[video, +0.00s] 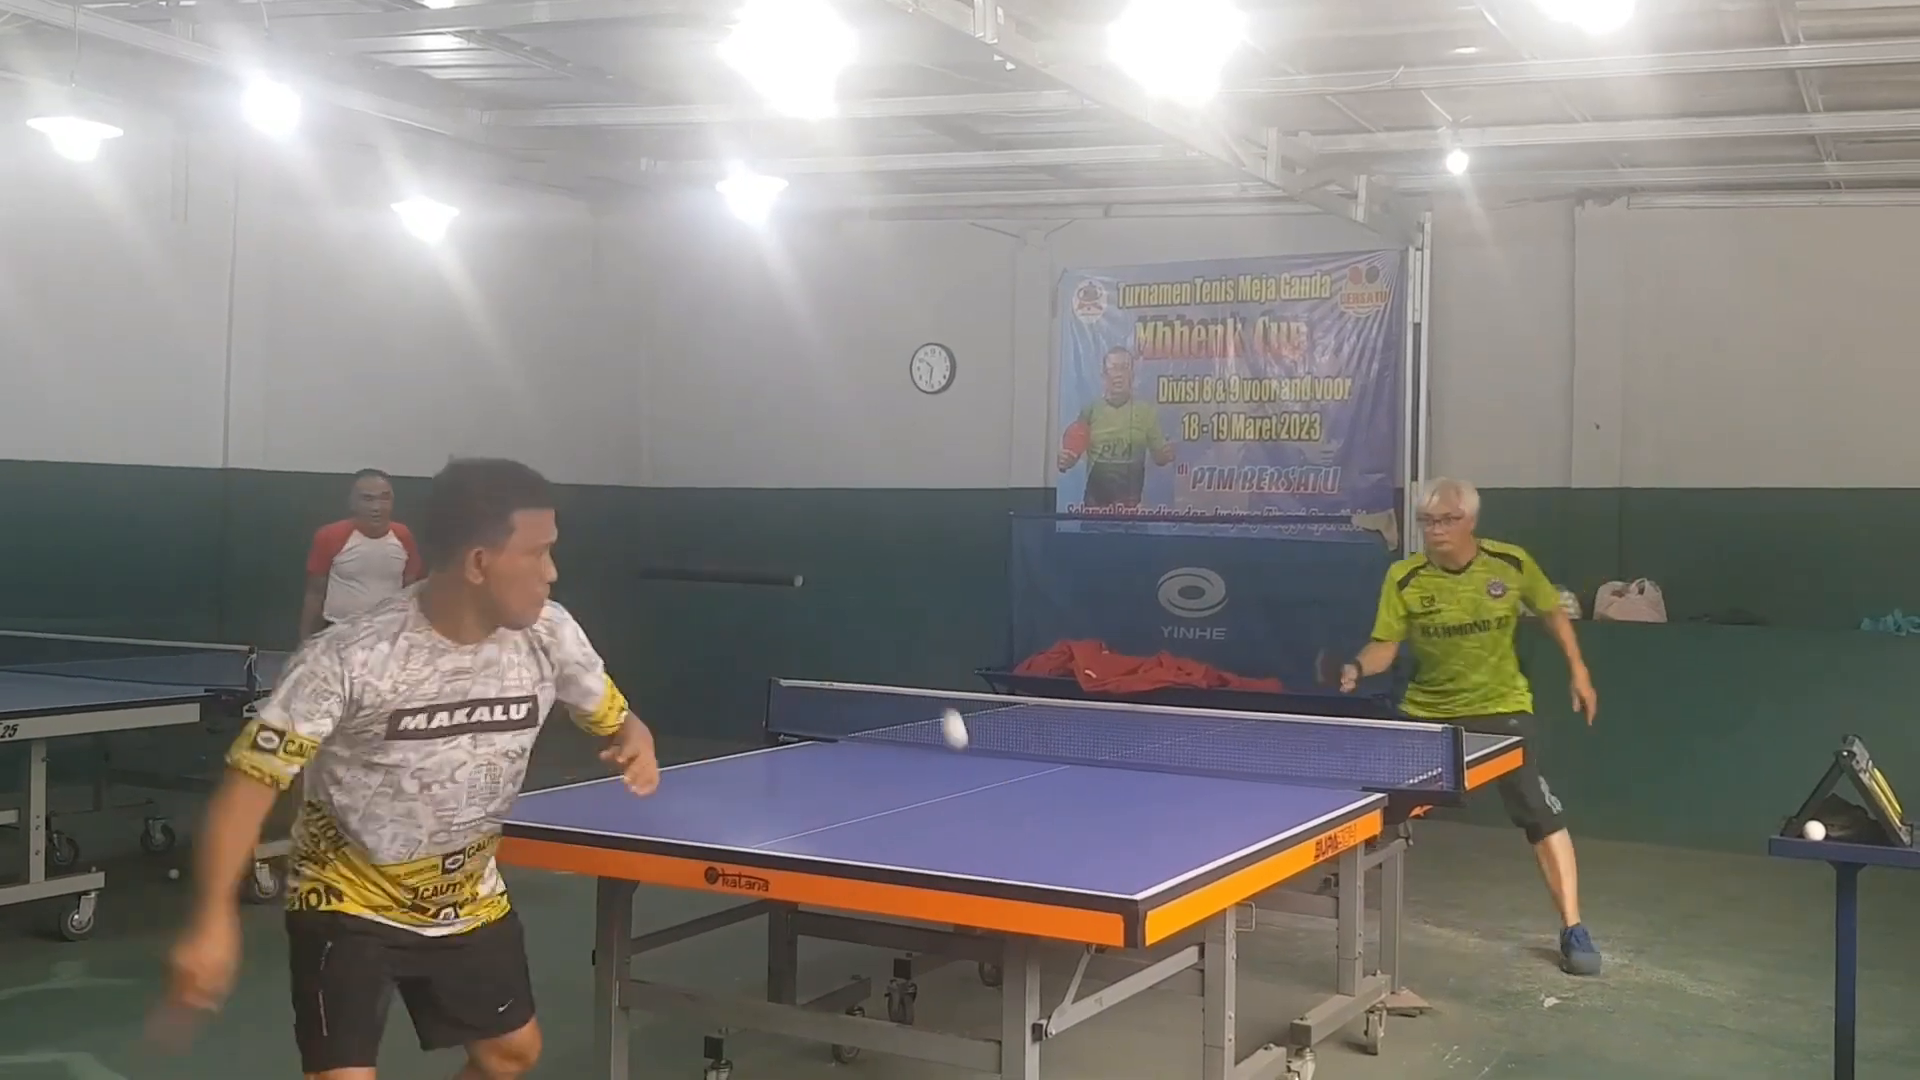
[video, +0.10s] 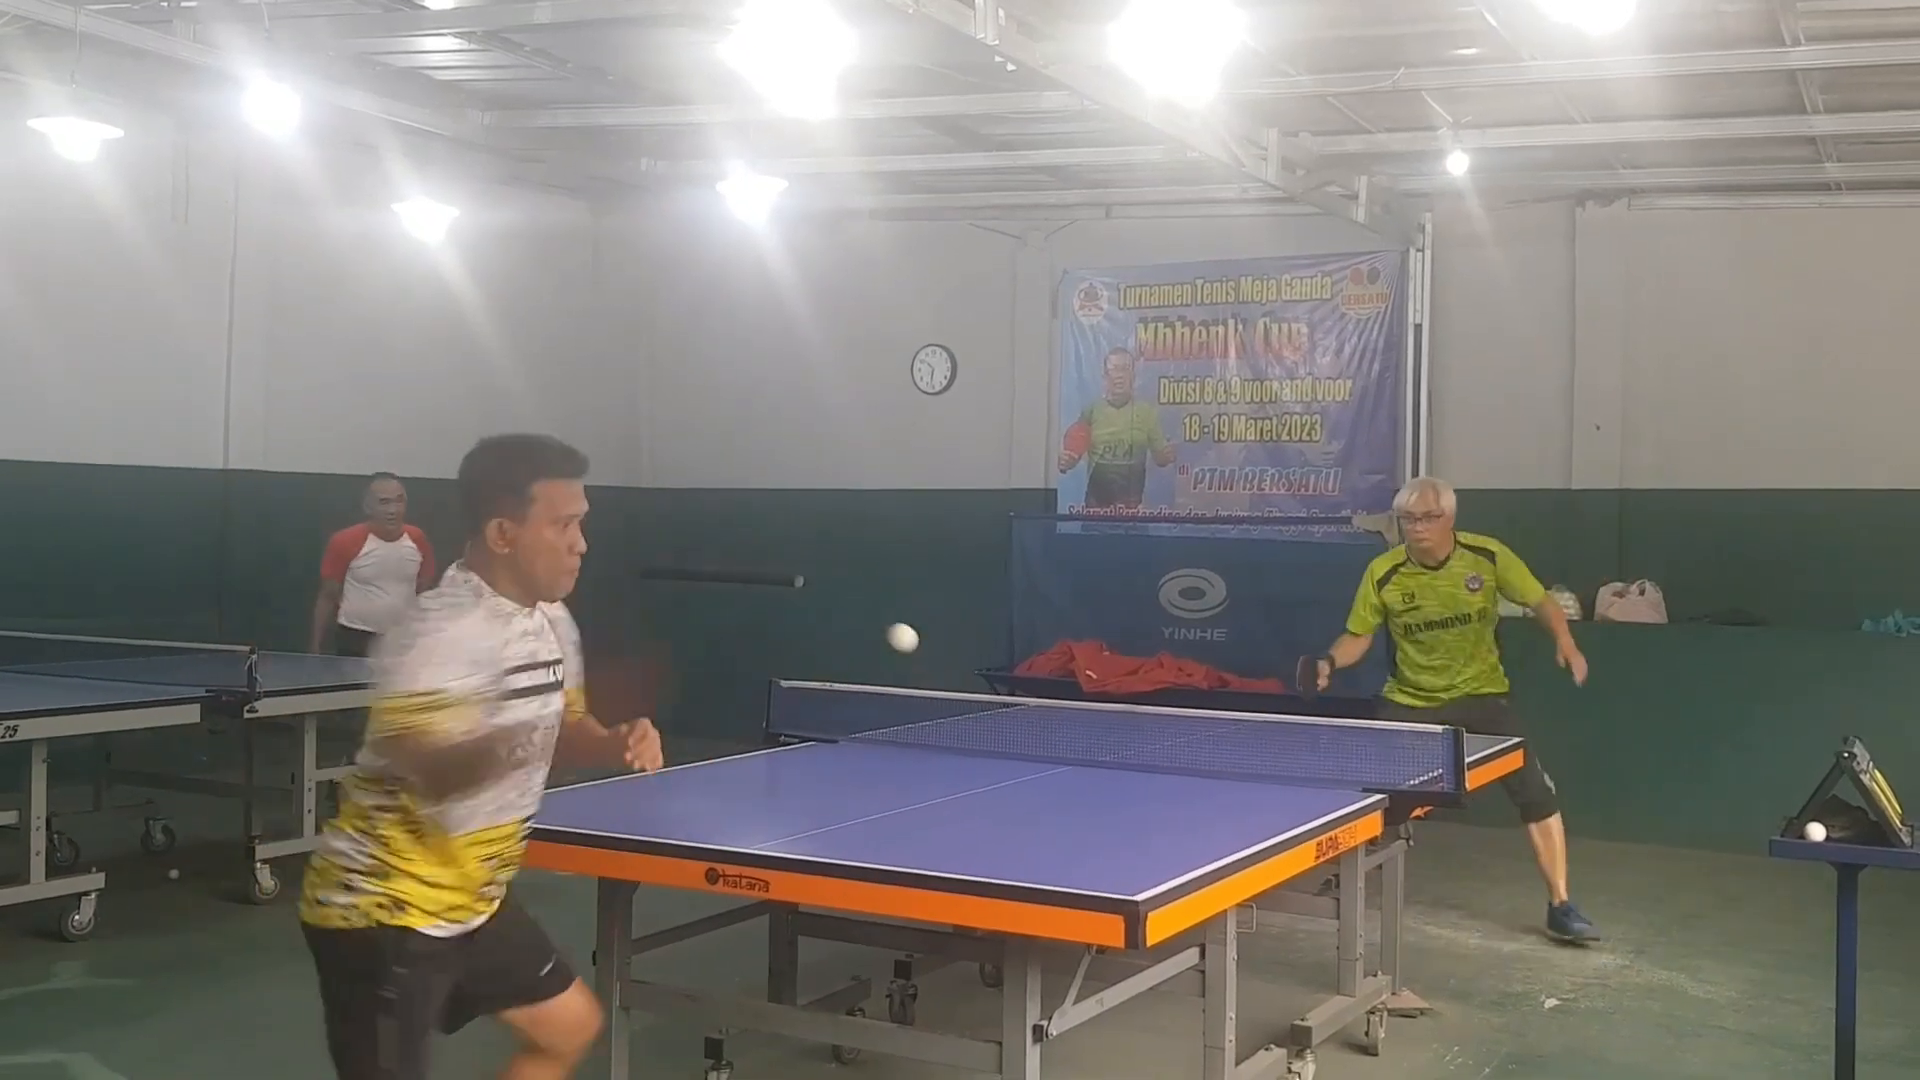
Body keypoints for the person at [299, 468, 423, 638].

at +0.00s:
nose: (377, 507)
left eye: (384, 499)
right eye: (367, 499)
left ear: (392, 502)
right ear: (352, 503)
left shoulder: (402, 535)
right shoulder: (330, 537)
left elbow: (414, 586)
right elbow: (315, 594)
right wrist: (306, 645)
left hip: (389, 637)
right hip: (339, 637)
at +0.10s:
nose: (392, 510)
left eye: (398, 502)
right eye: (384, 502)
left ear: (406, 504)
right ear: (368, 507)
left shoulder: (417, 539)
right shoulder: (345, 542)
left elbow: (425, 592)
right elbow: (328, 598)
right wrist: (315, 651)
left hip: (403, 638)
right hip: (355, 639)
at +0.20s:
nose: (405, 506)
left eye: (411, 498)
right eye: (396, 500)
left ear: (417, 501)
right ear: (379, 507)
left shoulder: (429, 534)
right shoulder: (360, 542)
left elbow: (438, 587)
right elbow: (344, 600)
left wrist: (443, 636)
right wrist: (331, 653)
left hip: (416, 639)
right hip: (373, 639)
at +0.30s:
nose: (424, 504)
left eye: (429, 496)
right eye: (414, 498)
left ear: (435, 499)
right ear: (397, 504)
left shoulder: (443, 532)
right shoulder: (374, 538)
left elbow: (452, 587)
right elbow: (362, 597)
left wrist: (458, 635)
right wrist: (355, 652)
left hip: (432, 639)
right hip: (387, 639)